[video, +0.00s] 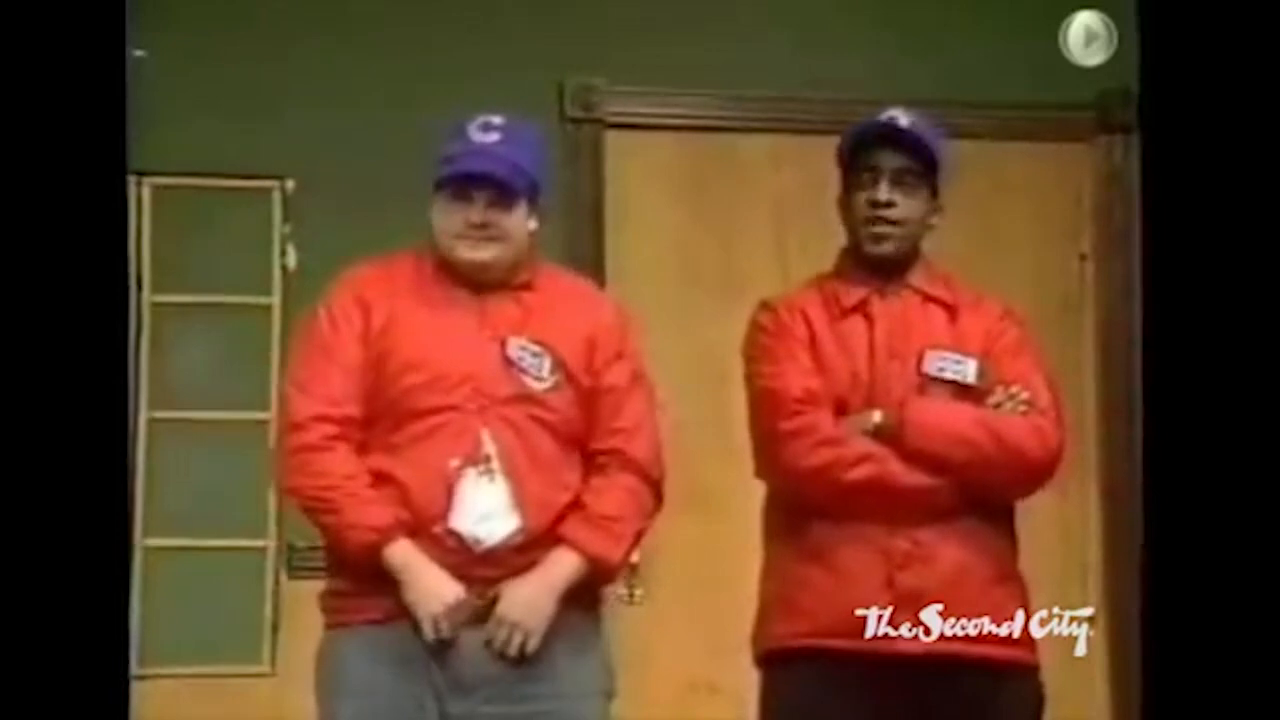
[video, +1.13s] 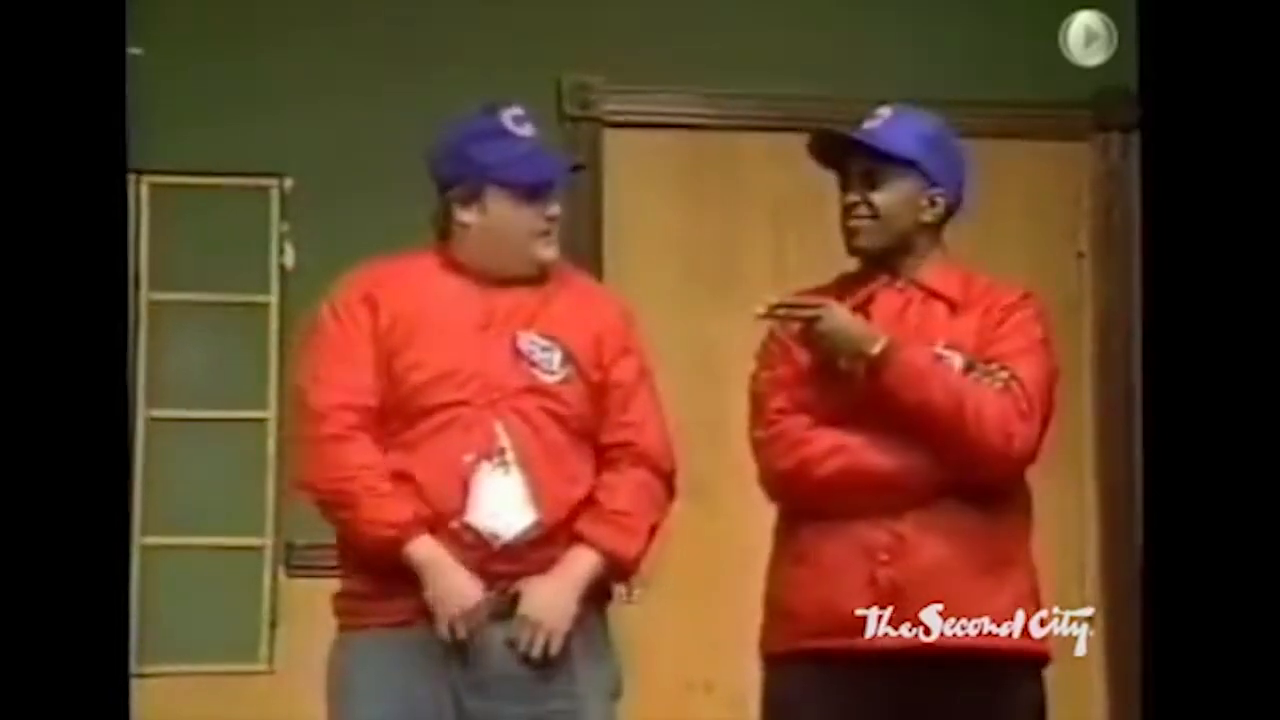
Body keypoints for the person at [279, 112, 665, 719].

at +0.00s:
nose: (478, 216)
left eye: (501, 201)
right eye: (460, 196)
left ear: (533, 217)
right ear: (434, 206)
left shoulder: (588, 314)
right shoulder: (365, 299)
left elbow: (631, 468)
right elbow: (311, 448)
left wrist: (550, 579)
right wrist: (406, 561)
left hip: (546, 629)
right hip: (382, 630)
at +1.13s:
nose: (553, 211)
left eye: (553, 194)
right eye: (530, 196)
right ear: (466, 208)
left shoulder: (595, 311)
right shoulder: (370, 302)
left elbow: (642, 462)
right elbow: (334, 450)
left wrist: (572, 576)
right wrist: (429, 559)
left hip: (554, 632)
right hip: (398, 632)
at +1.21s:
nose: (553, 211)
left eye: (553, 194)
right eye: (529, 196)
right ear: (464, 208)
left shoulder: (591, 310)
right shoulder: (377, 294)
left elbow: (642, 460)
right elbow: (362, 427)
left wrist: (572, 569)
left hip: (549, 631)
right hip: (396, 636)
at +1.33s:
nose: (553, 211)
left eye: (551, 193)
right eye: (527, 196)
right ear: (463, 209)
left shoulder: (587, 309)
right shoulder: (378, 286)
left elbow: (638, 461)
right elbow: (416, 393)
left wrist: (573, 573)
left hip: (546, 629)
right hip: (396, 637)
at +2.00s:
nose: (541, 215)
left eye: (544, 199)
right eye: (520, 200)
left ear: (552, 200)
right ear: (453, 208)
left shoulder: (569, 296)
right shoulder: (374, 283)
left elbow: (637, 441)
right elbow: (433, 370)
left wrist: (570, 540)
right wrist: (561, 322)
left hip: (547, 625)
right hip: (394, 633)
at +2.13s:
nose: (539, 212)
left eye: (541, 196)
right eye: (517, 197)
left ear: (550, 199)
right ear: (450, 206)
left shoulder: (572, 292)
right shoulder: (374, 283)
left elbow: (634, 418)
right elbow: (434, 362)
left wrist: (548, 486)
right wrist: (566, 320)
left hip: (549, 623)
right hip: (395, 631)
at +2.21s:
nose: (528, 210)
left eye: (534, 192)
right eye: (504, 194)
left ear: (547, 198)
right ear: (444, 202)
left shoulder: (571, 287)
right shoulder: (375, 280)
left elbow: (608, 403)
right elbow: (444, 354)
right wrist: (587, 324)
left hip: (547, 611)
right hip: (395, 620)